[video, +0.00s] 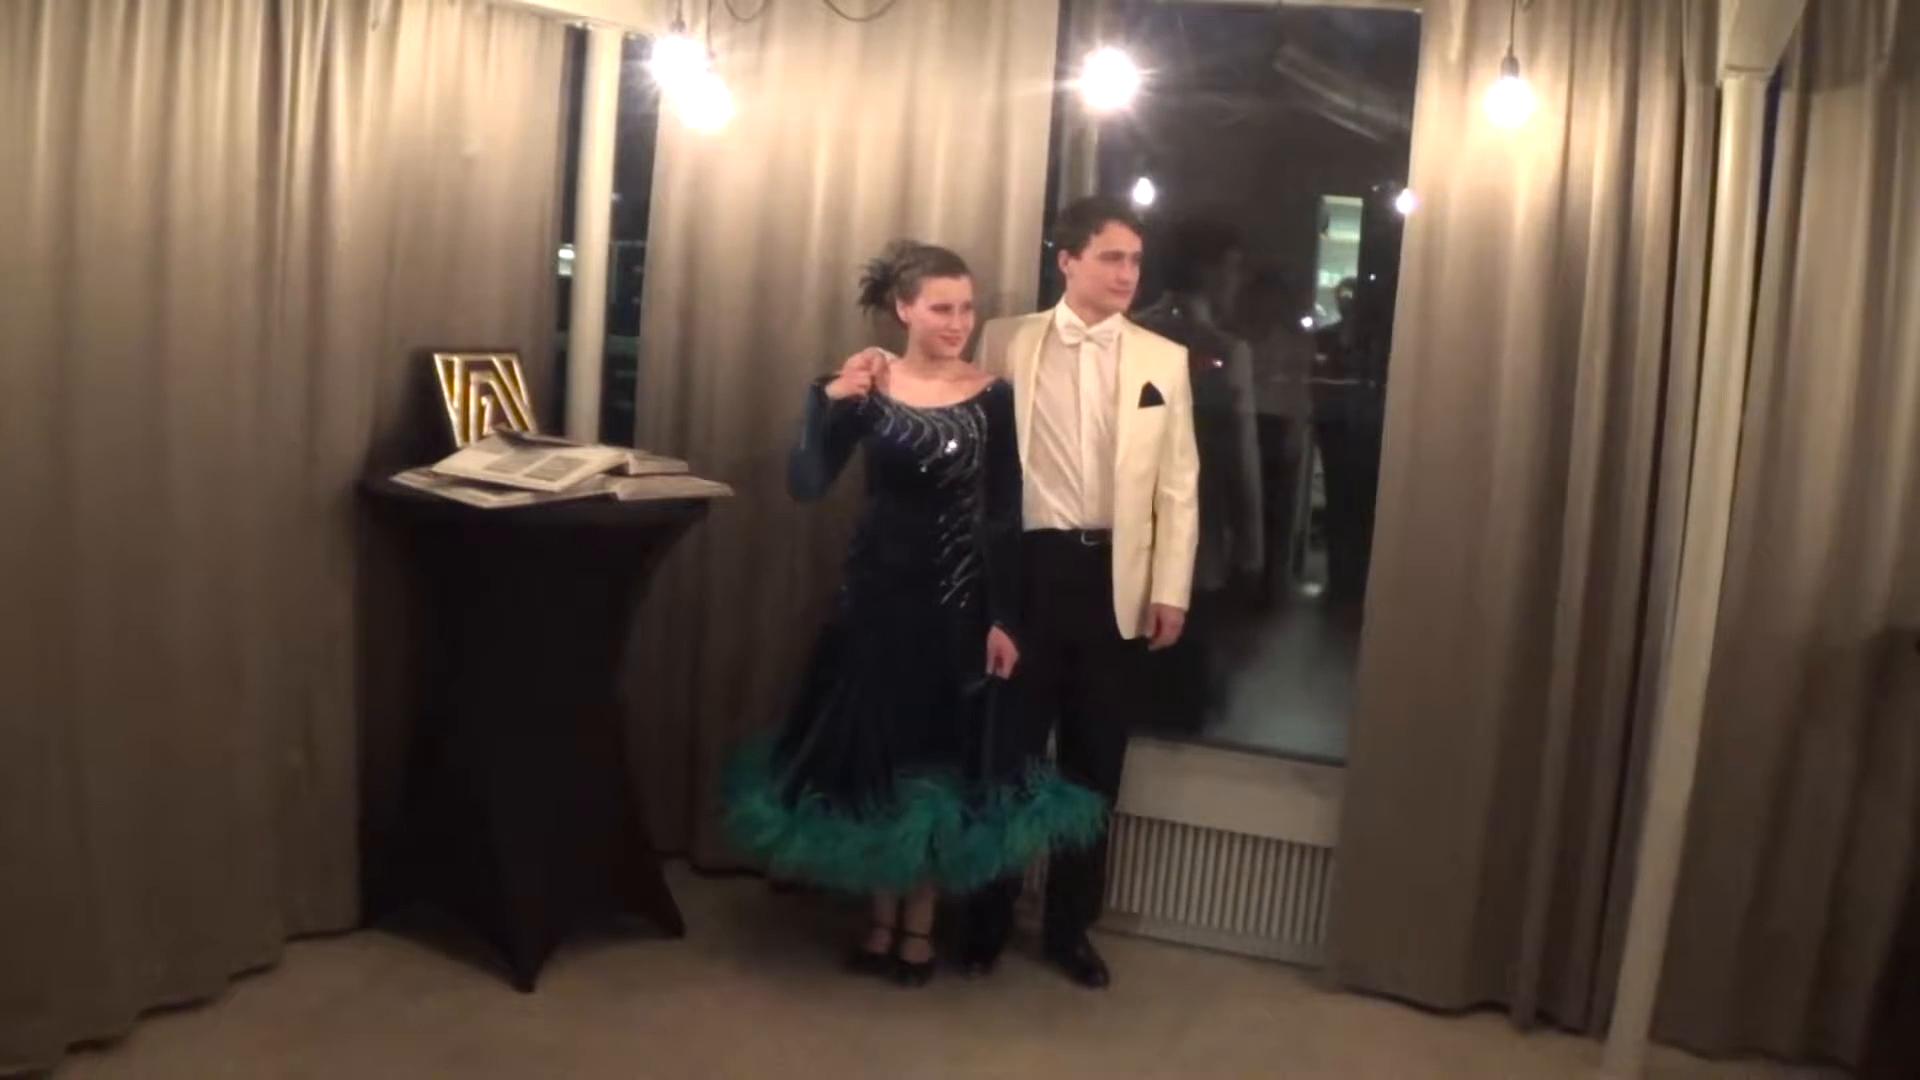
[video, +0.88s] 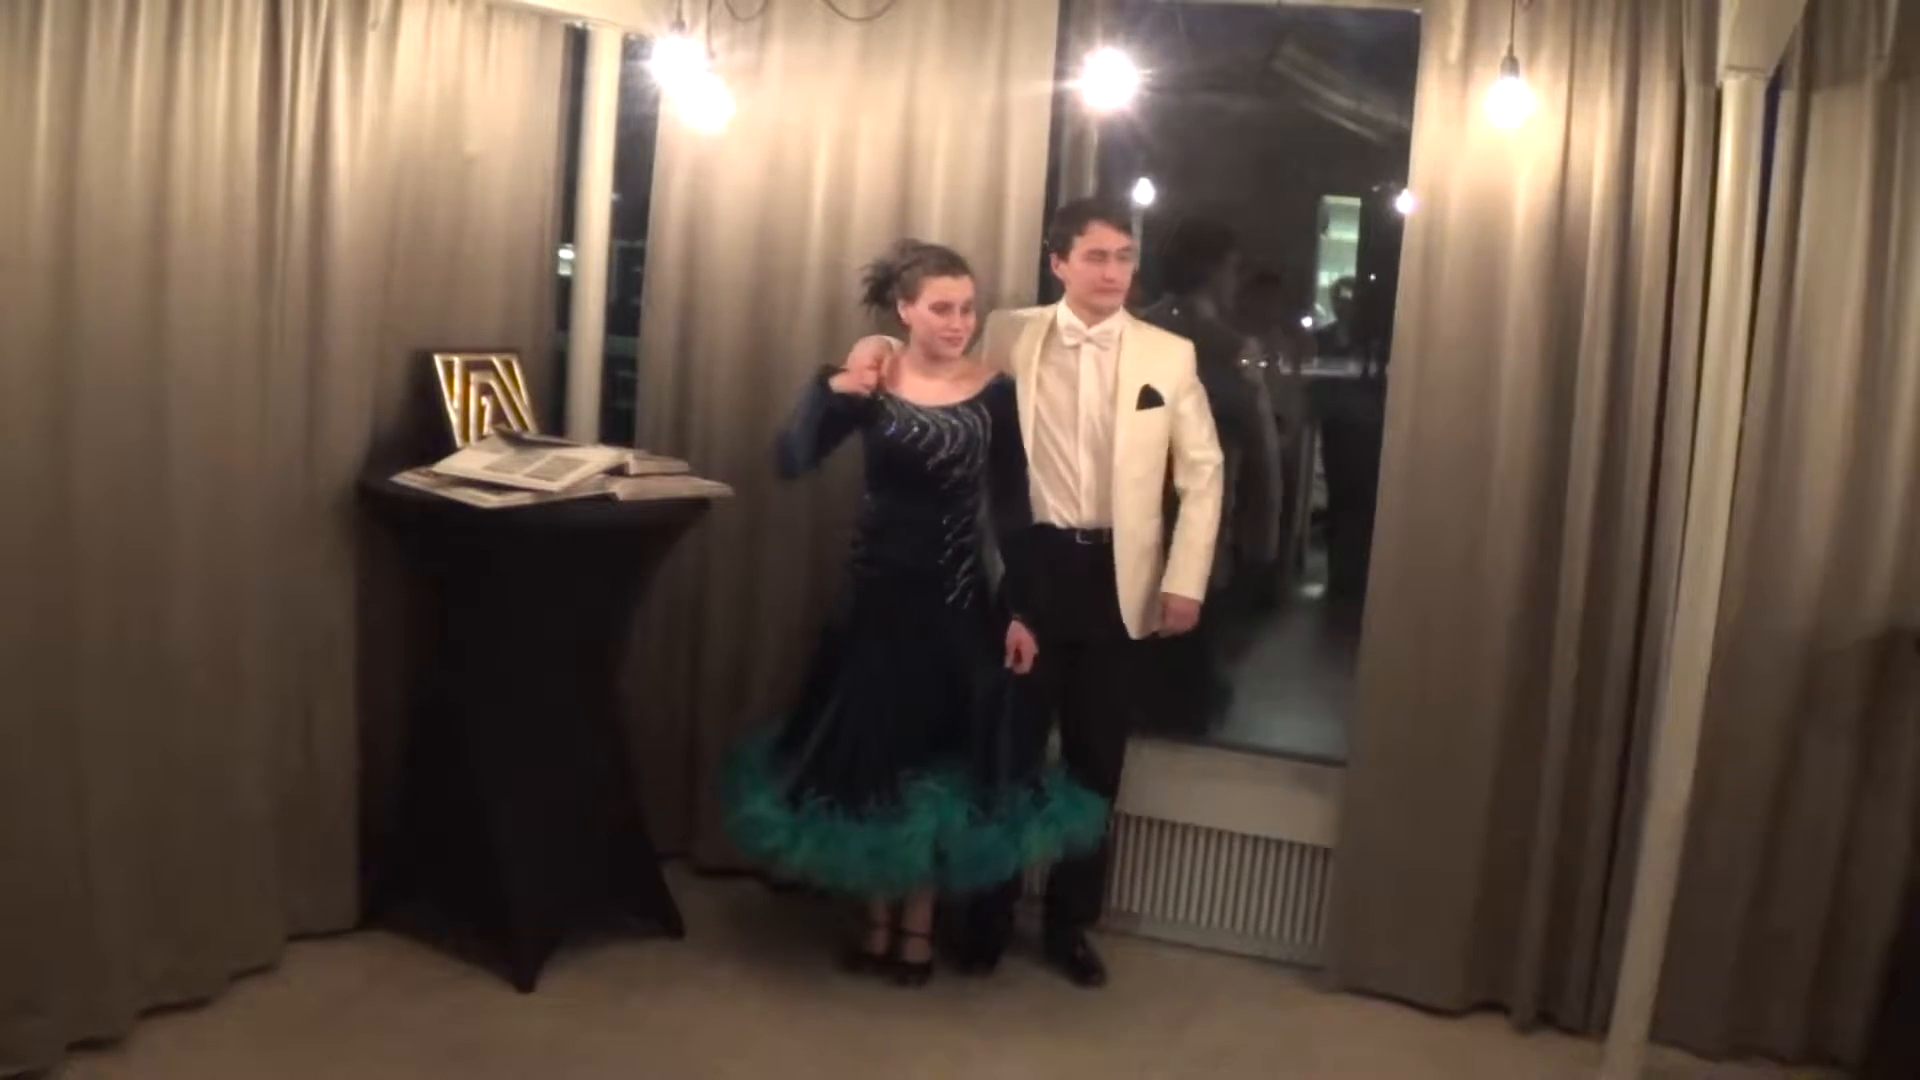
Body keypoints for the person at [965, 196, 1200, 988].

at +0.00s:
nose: (1127, 274)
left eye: (1136, 262)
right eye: (1111, 258)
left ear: (1143, 272)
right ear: (1066, 261)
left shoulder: (1163, 360)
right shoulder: (1008, 343)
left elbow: (1180, 483)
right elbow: (969, 457)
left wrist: (1171, 587)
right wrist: (964, 569)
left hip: (1117, 574)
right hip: (1023, 566)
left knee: (1096, 757)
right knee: (1008, 743)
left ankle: (1069, 928)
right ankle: (982, 922)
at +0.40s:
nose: (1124, 275)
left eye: (1133, 262)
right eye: (1109, 259)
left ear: (1141, 272)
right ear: (1064, 262)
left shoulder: (1163, 362)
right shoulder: (1007, 343)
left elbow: (1177, 485)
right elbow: (967, 457)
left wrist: (1169, 588)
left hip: (1114, 575)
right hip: (1020, 567)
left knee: (1094, 756)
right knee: (1005, 742)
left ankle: (1071, 926)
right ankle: (980, 921)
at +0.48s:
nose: (1124, 274)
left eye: (1133, 262)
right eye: (1109, 258)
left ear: (1140, 273)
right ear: (1064, 262)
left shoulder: (1162, 362)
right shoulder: (1007, 342)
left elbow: (1177, 485)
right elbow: (966, 453)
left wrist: (1169, 588)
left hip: (1114, 576)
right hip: (1020, 567)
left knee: (1094, 756)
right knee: (1006, 742)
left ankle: (1071, 926)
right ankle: (980, 920)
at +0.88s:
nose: (1112, 271)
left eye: (1123, 257)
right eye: (1097, 257)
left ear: (1135, 266)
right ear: (1059, 263)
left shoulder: (1167, 355)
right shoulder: (1009, 333)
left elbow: (1202, 475)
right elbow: (941, 375)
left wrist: (1185, 580)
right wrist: (879, 358)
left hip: (1116, 572)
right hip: (1023, 561)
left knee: (1097, 754)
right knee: (1009, 739)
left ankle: (1070, 926)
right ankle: (984, 922)